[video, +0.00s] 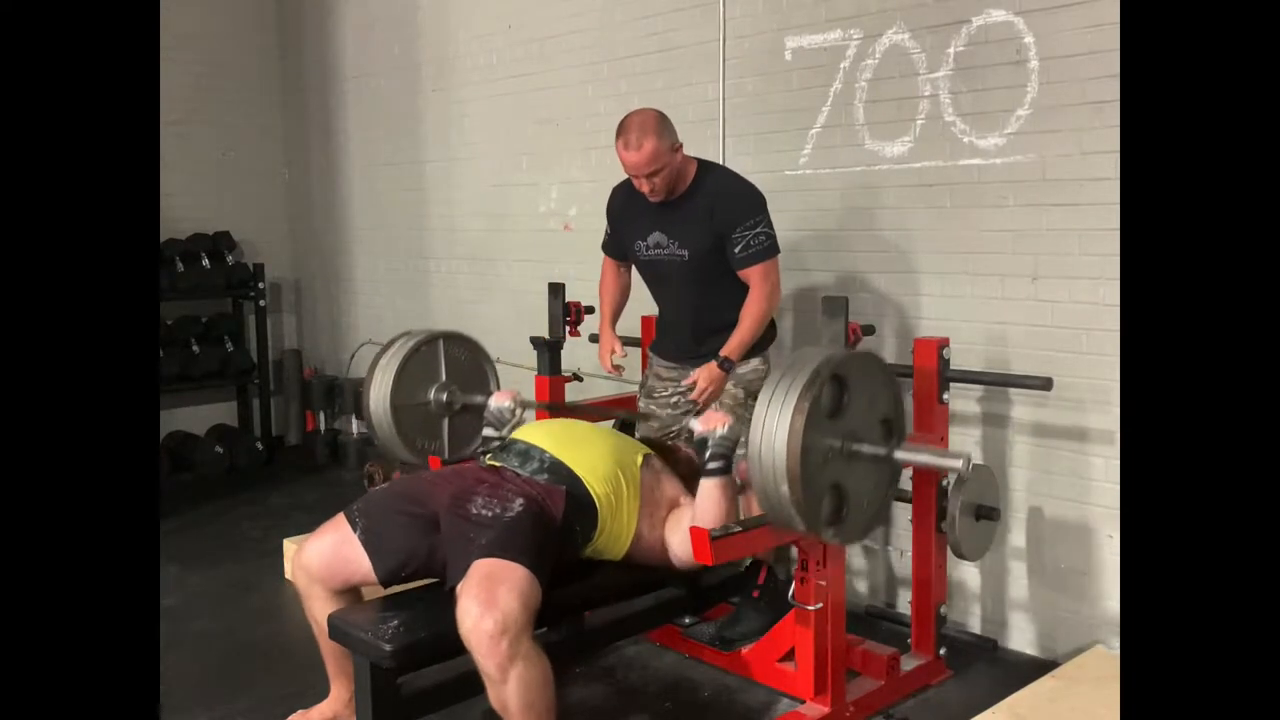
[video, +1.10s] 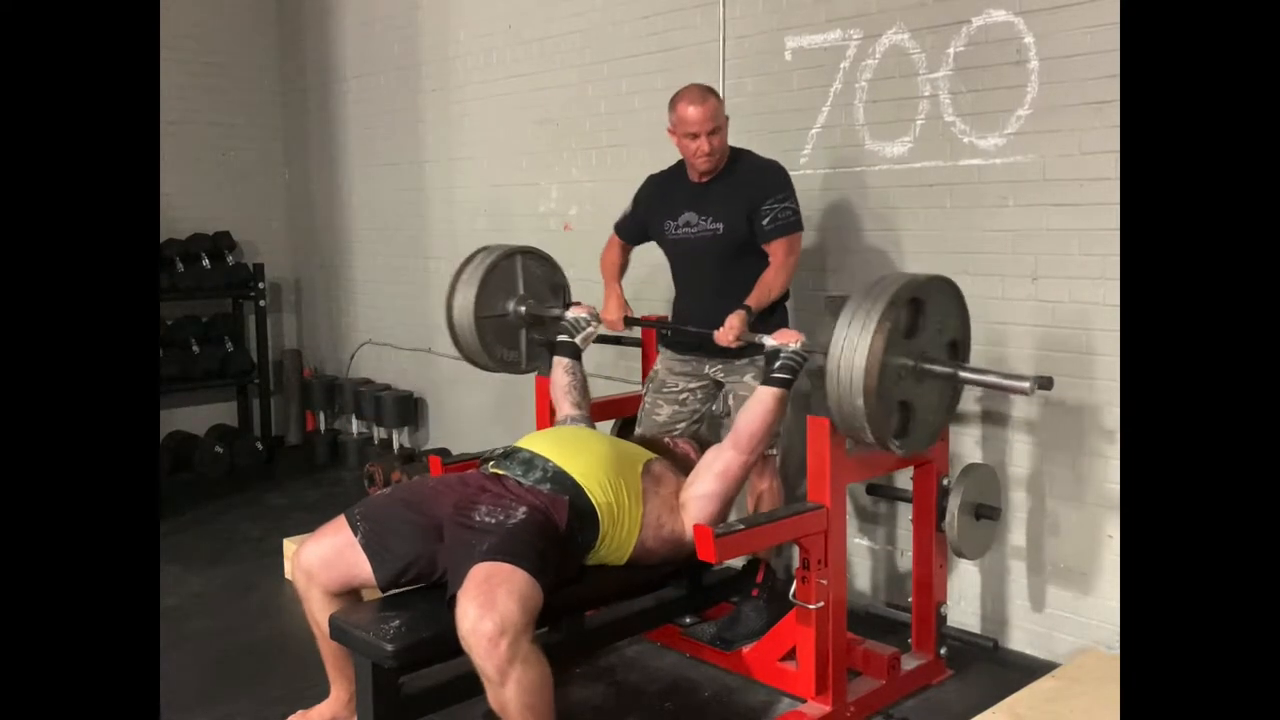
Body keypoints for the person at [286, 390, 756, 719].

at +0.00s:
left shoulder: (672, 504)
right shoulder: (582, 440)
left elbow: (710, 543)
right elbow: (515, 460)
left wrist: (717, 453)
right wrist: (503, 426)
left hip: (523, 498)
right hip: (463, 474)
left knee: (490, 627)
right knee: (311, 562)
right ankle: (342, 700)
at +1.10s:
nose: (680, 441)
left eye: (692, 445)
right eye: (675, 437)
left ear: (703, 468)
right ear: (655, 443)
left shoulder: (683, 505)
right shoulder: (597, 445)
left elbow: (741, 450)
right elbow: (571, 411)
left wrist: (781, 370)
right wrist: (569, 341)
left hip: (533, 508)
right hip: (467, 479)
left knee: (488, 625)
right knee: (311, 562)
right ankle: (341, 698)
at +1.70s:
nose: (669, 431)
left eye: (683, 435)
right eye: (665, 425)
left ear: (699, 460)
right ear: (647, 428)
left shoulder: (684, 492)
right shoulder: (596, 447)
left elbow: (756, 478)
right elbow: (544, 432)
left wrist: (786, 385)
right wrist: (572, 363)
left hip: (548, 524)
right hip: (478, 495)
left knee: (452, 554)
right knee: (308, 530)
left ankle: (376, 713)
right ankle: (251, 702)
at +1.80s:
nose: (658, 427)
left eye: (673, 429)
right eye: (654, 421)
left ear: (695, 450)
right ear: (640, 426)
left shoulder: (685, 488)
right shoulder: (586, 453)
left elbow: (754, 478)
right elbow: (533, 450)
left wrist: (785, 388)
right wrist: (560, 379)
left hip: (554, 543)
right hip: (474, 514)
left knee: (466, 483)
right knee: (330, 463)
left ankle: (311, 636)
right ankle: (222, 618)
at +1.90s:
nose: (670, 419)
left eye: (686, 426)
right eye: (667, 417)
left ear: (703, 453)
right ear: (651, 426)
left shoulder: (690, 492)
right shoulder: (603, 447)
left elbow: (760, 476)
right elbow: (536, 433)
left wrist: (784, 386)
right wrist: (569, 370)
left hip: (553, 554)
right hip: (477, 528)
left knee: (507, 427)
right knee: (383, 405)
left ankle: (323, 499)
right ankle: (234, 488)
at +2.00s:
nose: (678, 430)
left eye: (693, 433)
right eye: (674, 426)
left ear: (708, 456)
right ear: (660, 433)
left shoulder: (701, 494)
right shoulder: (619, 460)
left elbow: (757, 479)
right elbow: (552, 440)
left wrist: (788, 386)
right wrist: (572, 369)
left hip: (542, 540)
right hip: (471, 513)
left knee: (549, 385)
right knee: (425, 366)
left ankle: (374, 390)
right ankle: (277, 376)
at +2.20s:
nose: (672, 432)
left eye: (688, 434)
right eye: (667, 428)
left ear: (708, 460)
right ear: (655, 435)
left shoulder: (702, 500)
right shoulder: (618, 462)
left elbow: (752, 478)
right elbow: (556, 438)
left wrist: (758, 426)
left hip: (547, 523)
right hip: (473, 497)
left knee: (540, 360)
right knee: (413, 345)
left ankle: (360, 382)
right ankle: (254, 337)